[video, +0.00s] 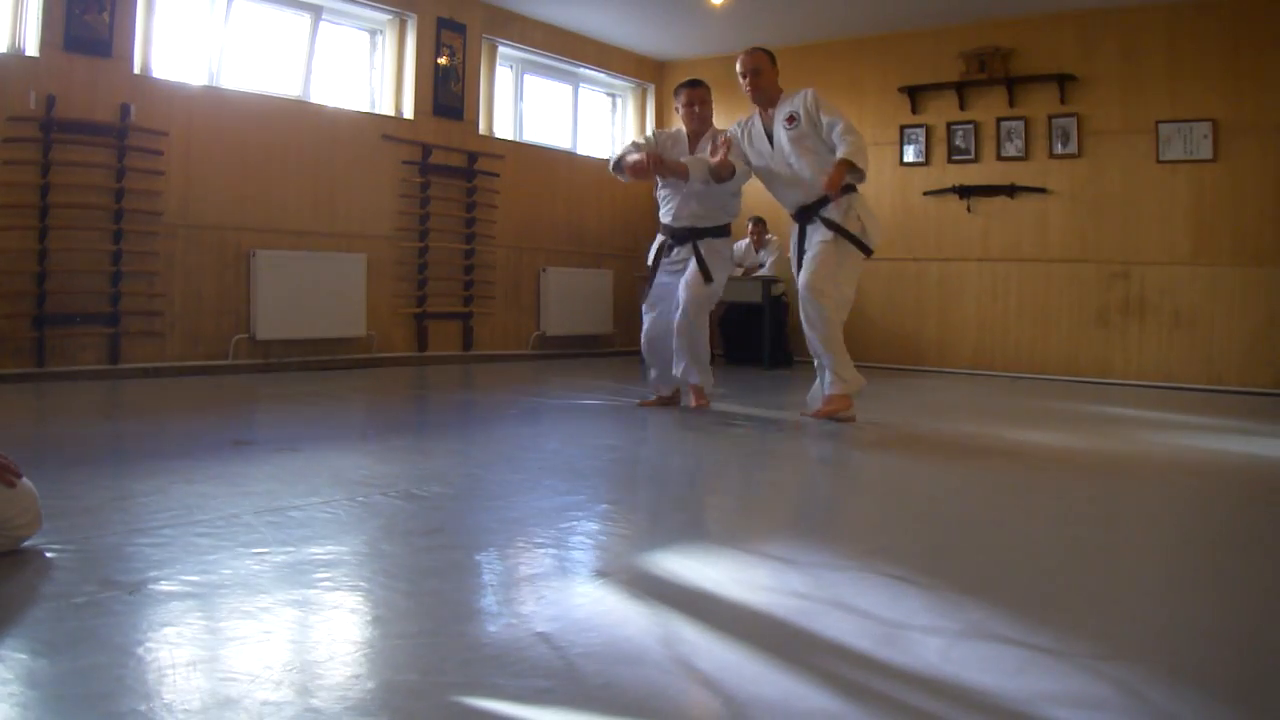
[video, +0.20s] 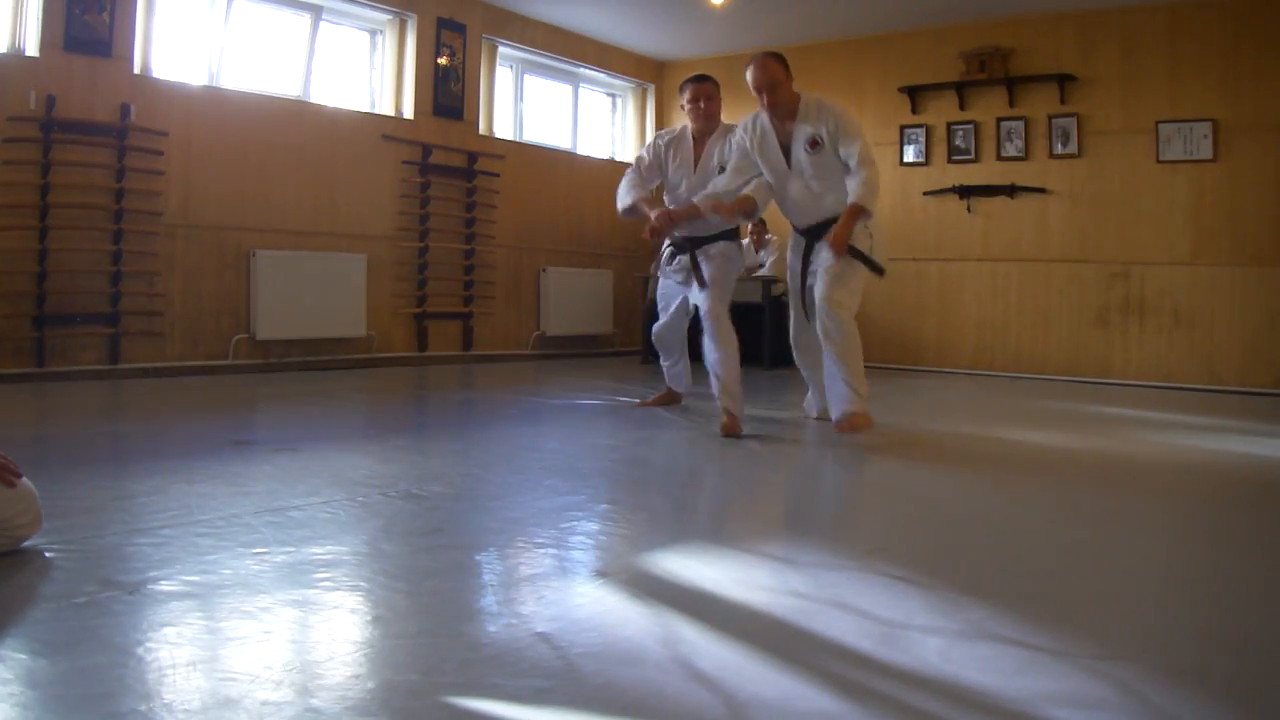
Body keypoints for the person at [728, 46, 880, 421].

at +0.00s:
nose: (748, 82)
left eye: (755, 73)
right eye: (742, 76)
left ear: (775, 73)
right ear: (739, 83)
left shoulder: (805, 103)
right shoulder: (743, 131)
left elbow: (850, 138)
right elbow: (726, 175)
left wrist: (840, 169)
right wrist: (719, 161)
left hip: (838, 208)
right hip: (804, 223)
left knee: (813, 288)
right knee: (811, 304)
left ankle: (839, 391)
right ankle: (828, 395)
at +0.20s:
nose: (766, 99)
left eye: (772, 89)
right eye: (758, 92)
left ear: (791, 80)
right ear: (751, 92)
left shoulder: (826, 116)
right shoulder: (752, 132)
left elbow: (865, 171)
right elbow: (727, 187)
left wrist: (846, 222)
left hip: (843, 226)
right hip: (803, 235)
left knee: (829, 304)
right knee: (804, 325)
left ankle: (851, 407)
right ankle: (822, 404)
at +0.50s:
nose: (743, 238)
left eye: (750, 230)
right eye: (739, 227)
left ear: (777, 218)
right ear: (740, 196)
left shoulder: (825, 227)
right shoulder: (764, 164)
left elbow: (835, 317)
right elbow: (808, 150)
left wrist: (799, 377)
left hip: (886, 228)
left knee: (869, 328)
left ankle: (867, 430)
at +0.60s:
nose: (746, 293)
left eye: (743, 288)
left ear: (758, 279)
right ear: (742, 230)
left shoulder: (811, 290)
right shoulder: (766, 192)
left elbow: (823, 353)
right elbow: (783, 125)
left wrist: (793, 413)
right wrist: (756, 120)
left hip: (899, 214)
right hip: (860, 170)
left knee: (872, 328)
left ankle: (866, 420)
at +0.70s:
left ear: (725, 352)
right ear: (724, 293)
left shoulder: (802, 357)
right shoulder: (755, 243)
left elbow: (822, 437)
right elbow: (780, 160)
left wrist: (802, 454)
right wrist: (798, 93)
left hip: (912, 238)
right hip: (870, 178)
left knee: (883, 326)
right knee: (871, 117)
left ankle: (872, 394)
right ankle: (887, 72)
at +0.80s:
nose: (695, 356)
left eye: (687, 359)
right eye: (694, 359)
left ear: (700, 415)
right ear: (702, 362)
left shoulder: (787, 424)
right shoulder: (742, 321)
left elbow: (818, 474)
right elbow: (783, 225)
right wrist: (833, 134)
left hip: (917, 305)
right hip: (884, 257)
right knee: (866, 145)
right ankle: (892, 25)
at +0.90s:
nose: (690, 399)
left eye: (683, 400)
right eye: (681, 408)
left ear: (695, 407)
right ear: (690, 432)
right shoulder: (726, 452)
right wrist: (809, 317)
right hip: (872, 397)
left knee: (854, 191)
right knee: (851, 185)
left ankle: (903, 39)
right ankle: (902, 37)